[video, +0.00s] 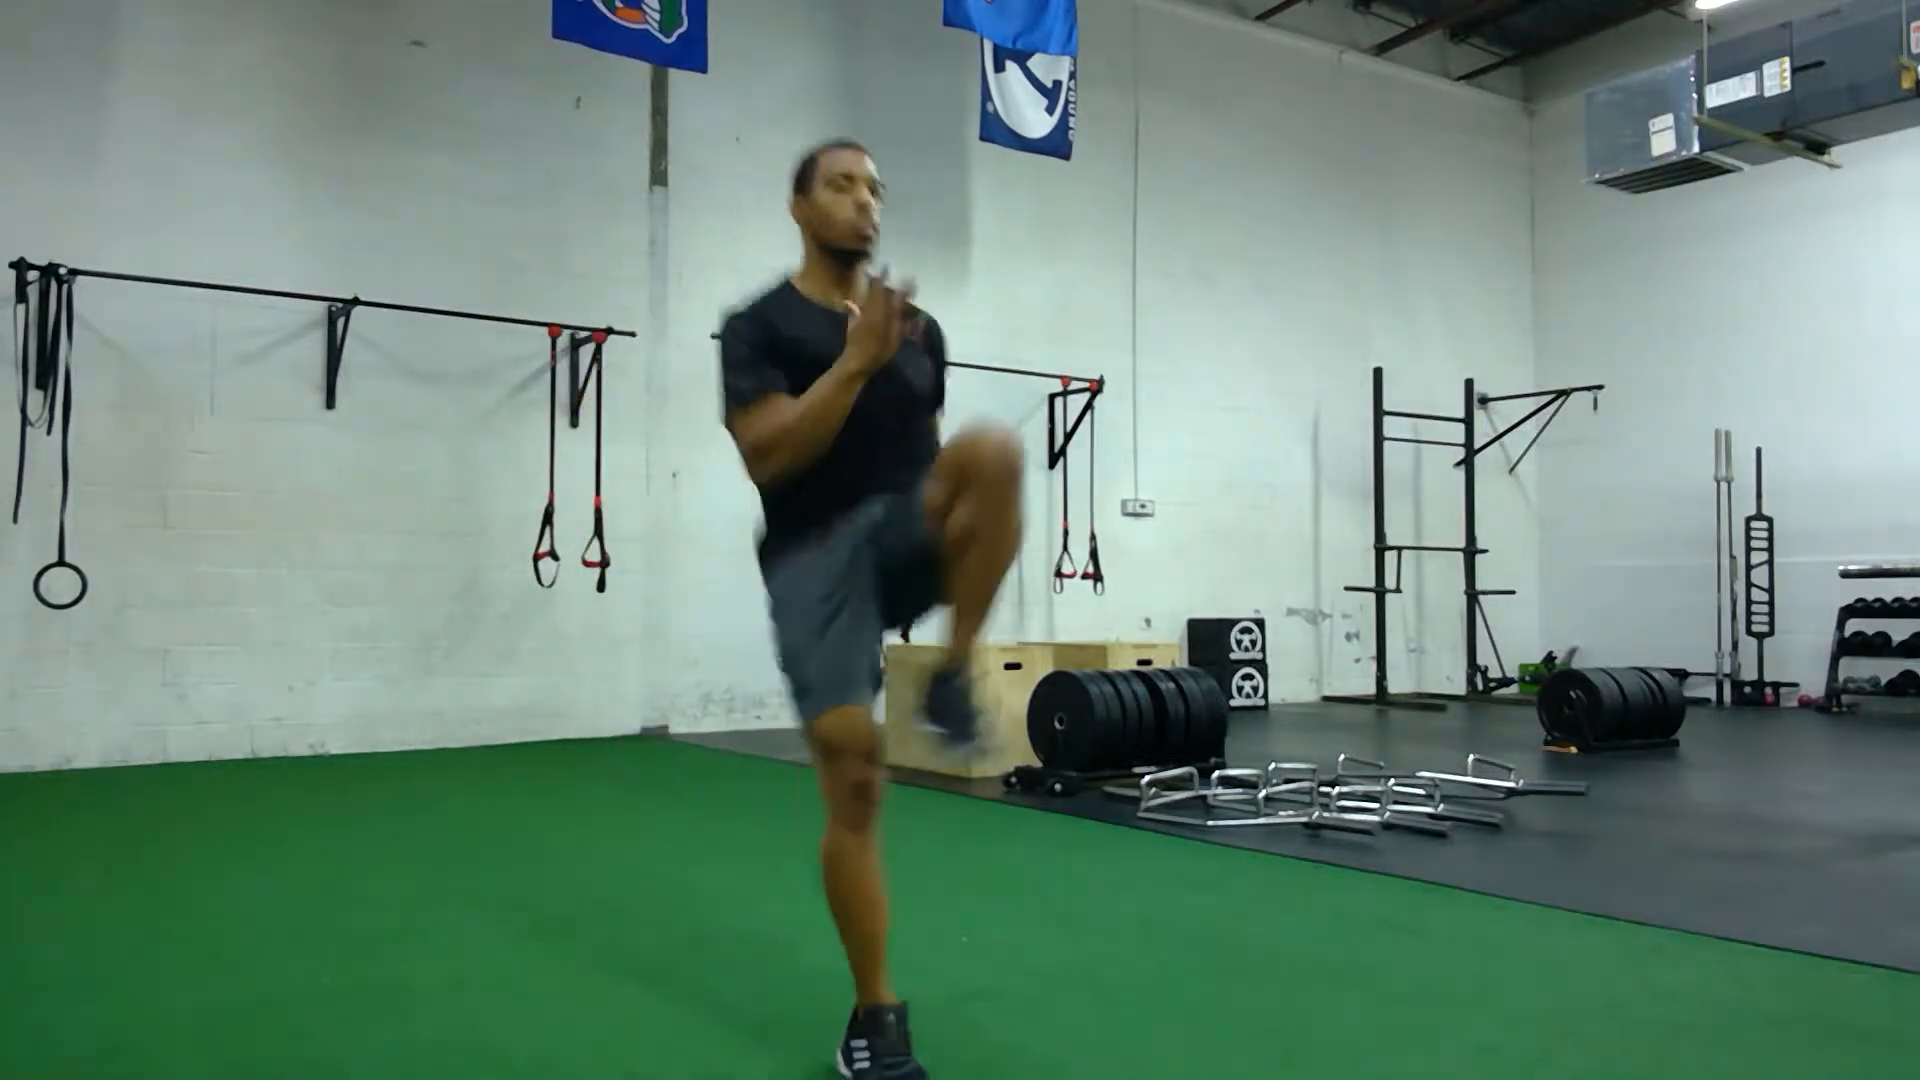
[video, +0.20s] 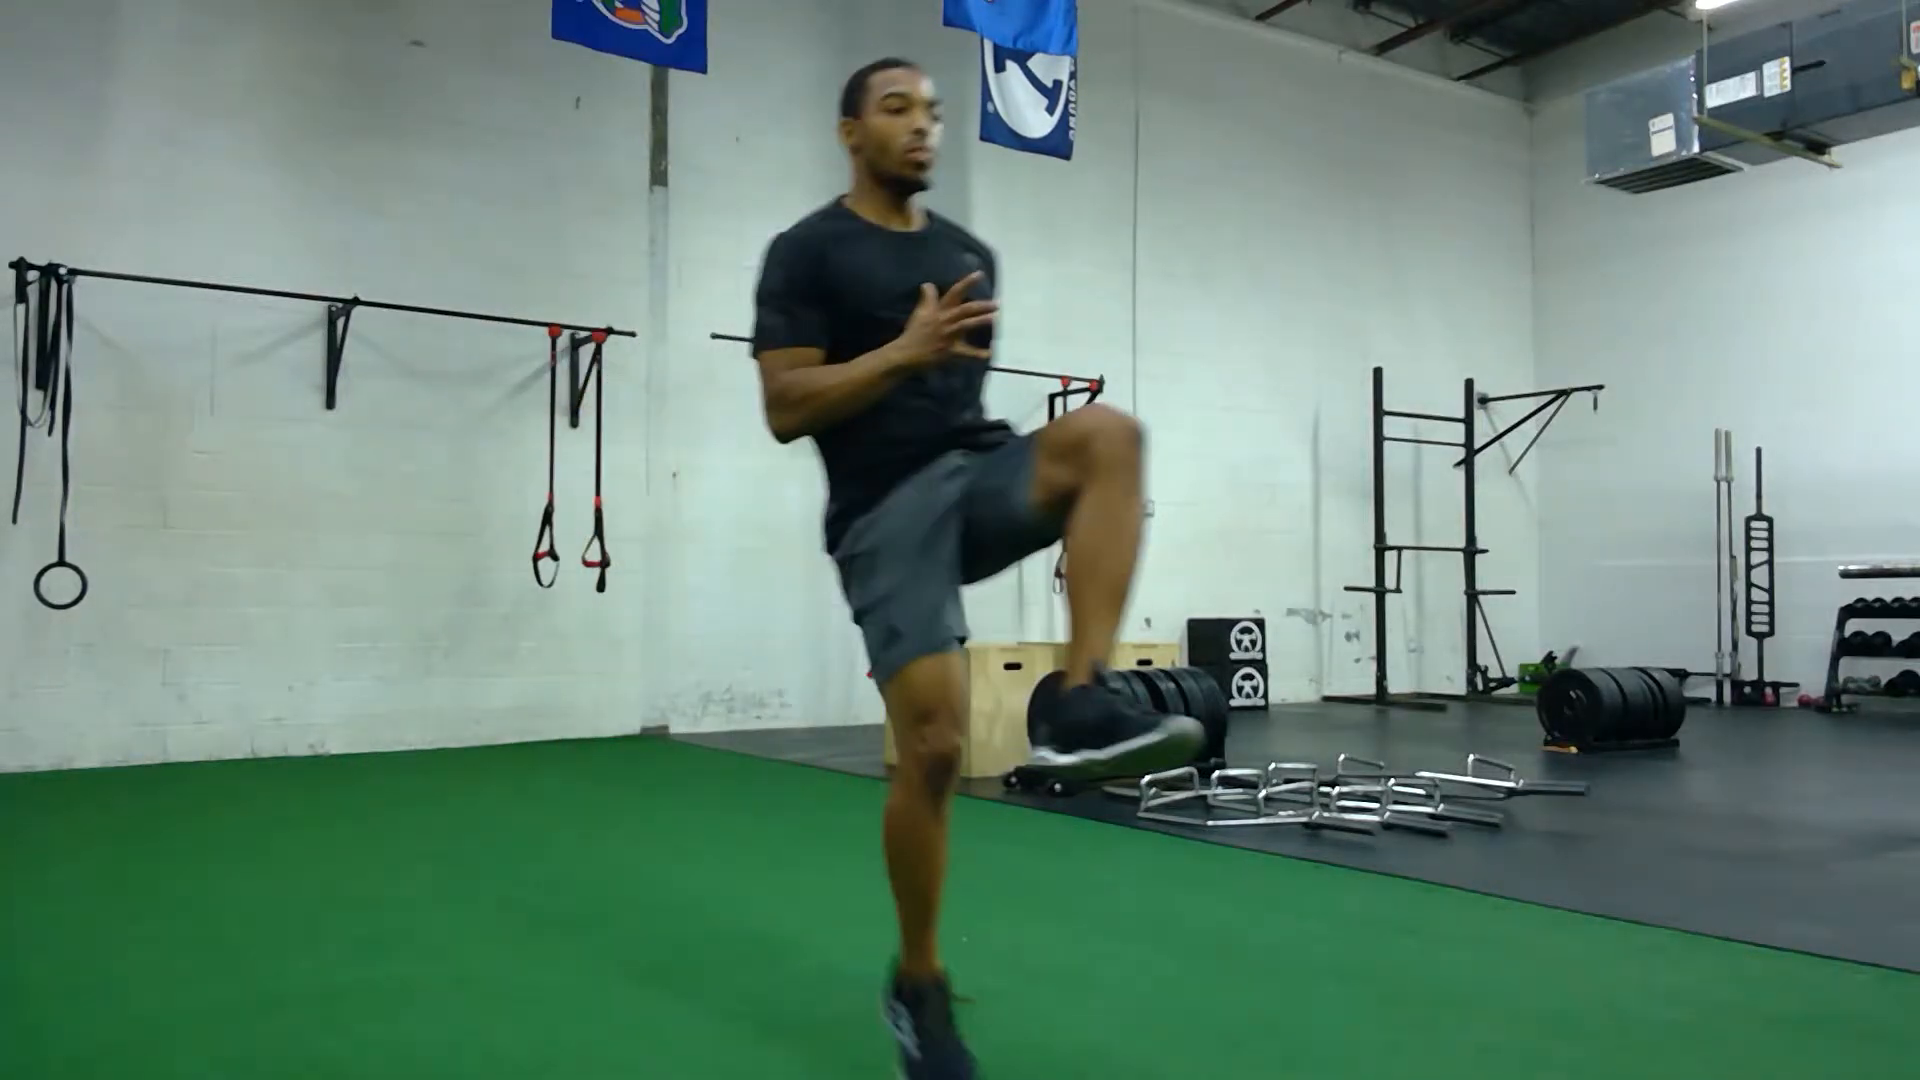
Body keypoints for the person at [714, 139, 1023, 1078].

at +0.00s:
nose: (864, 202)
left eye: (872, 190)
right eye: (843, 187)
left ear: (881, 213)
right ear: (799, 208)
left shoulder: (914, 331)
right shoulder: (757, 326)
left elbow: (920, 451)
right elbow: (764, 456)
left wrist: (954, 512)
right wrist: (856, 362)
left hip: (902, 532)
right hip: (811, 558)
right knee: (855, 783)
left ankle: (950, 676)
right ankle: (876, 1010)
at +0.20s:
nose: (921, 126)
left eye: (929, 112)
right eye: (899, 109)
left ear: (938, 132)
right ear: (849, 130)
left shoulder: (966, 253)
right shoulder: (805, 252)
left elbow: (963, 395)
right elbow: (783, 410)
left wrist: (1021, 456)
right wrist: (904, 352)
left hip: (979, 478)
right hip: (884, 512)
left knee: (1111, 435)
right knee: (934, 746)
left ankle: (1078, 692)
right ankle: (919, 981)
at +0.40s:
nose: (1014, 104)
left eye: (1022, 88)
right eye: (990, 84)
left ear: (1025, 110)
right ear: (933, 102)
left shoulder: (1034, 241)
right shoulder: (872, 226)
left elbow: (1019, 373)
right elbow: (840, 376)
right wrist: (984, 334)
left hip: (1050, 495)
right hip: (955, 540)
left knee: (1226, 479)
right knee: (983, 781)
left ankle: (1154, 750)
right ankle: (956, 1002)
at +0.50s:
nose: (1069, 61)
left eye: (1074, 44)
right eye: (1044, 41)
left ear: (1073, 67)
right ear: (981, 61)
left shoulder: (1083, 215)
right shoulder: (916, 188)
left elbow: (1075, 356)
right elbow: (850, 346)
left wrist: (1075, 411)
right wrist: (988, 373)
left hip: (1095, 479)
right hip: (984, 506)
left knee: (1254, 585)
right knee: (1028, 760)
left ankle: (1154, 856)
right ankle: (1009, 1031)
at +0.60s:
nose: (1127, 75)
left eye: (1130, 62)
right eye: (1100, 54)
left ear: (1125, 96)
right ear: (1030, 81)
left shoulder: (1132, 246)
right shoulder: (965, 209)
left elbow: (1098, 393)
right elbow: (872, 366)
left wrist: (1112, 481)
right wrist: (988, 444)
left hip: (1144, 532)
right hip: (1029, 551)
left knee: (1264, 727)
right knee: (1051, 812)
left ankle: (1170, 998)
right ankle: (1031, 1061)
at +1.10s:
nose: (1344, 85)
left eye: (1344, 62)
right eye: (1335, 51)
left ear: (1269, 44)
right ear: (1273, 34)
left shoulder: (1250, 175)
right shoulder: (1226, 143)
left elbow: (1288, 409)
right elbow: (1127, 301)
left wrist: (1445, 468)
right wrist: (1150, 493)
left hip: (1205, 550)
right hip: (1283, 543)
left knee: (1215, 827)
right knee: (1410, 804)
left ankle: (1174, 1066)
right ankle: (1369, 1067)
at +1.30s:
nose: (1376, 66)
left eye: (1370, 45)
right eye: (1373, 43)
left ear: (1258, 61)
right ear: (1351, 36)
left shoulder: (1195, 196)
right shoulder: (1373, 121)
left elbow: (1203, 377)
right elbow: (1378, 266)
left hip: (1214, 555)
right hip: (1344, 551)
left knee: (1290, 831)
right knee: (1388, 860)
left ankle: (1199, 1066)